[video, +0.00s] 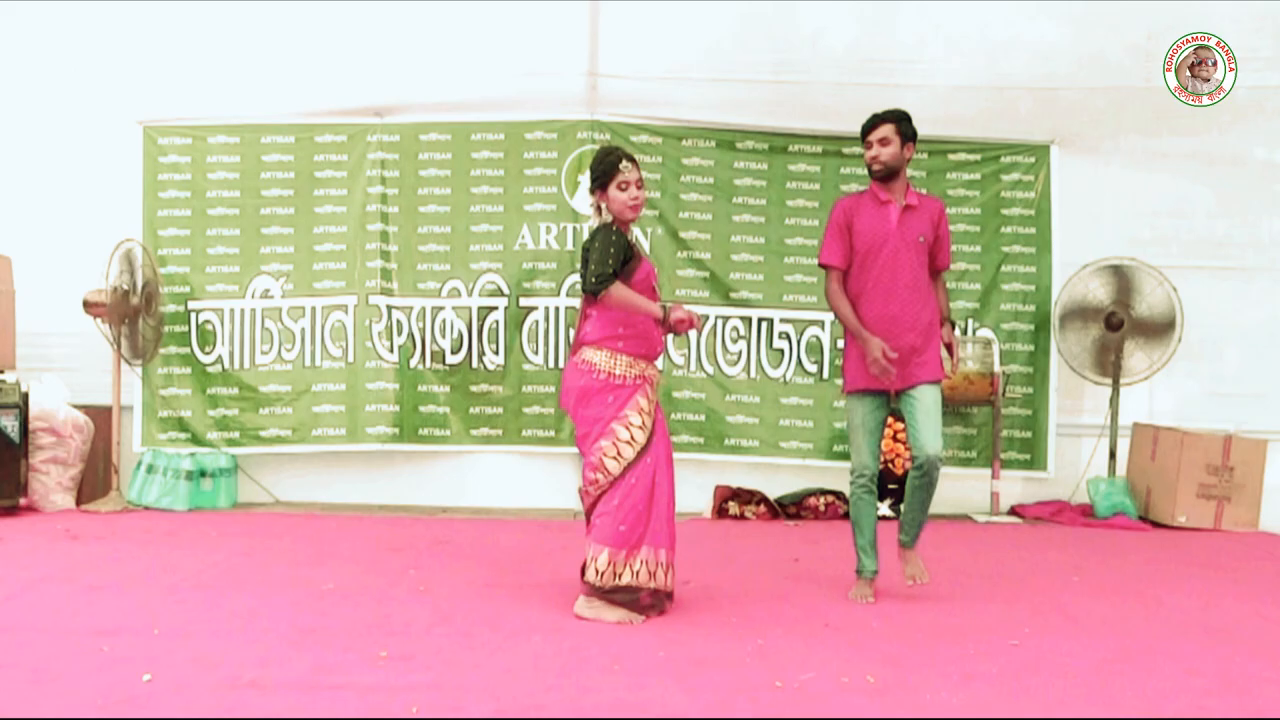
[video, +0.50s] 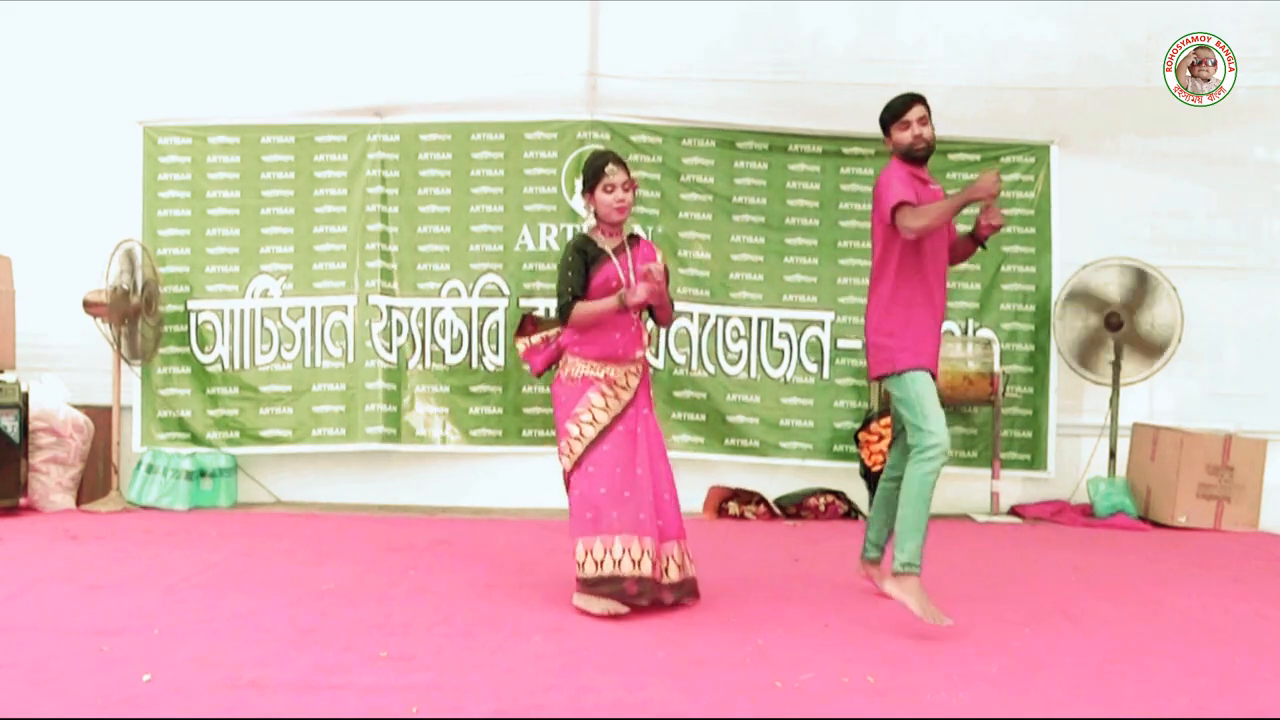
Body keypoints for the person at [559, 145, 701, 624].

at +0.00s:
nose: (636, 194)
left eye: (640, 185)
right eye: (624, 187)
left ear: (644, 189)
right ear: (600, 196)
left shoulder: (627, 241)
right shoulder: (608, 237)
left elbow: (626, 304)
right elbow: (599, 286)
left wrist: (668, 315)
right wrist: (661, 312)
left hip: (625, 375)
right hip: (605, 376)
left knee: (645, 470)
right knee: (627, 473)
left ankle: (621, 583)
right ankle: (597, 591)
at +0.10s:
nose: (637, 192)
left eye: (640, 183)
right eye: (625, 186)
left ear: (643, 186)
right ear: (603, 195)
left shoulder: (627, 241)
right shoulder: (610, 234)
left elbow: (623, 301)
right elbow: (599, 279)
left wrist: (665, 318)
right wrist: (650, 307)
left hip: (630, 374)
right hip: (605, 375)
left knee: (658, 472)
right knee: (633, 475)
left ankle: (626, 585)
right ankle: (596, 592)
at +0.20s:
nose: (637, 181)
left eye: (640, 172)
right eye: (625, 174)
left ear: (644, 177)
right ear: (602, 184)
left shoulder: (627, 229)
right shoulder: (607, 223)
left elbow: (623, 293)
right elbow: (587, 270)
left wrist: (662, 297)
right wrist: (626, 268)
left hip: (630, 364)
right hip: (605, 365)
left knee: (662, 455)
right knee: (631, 466)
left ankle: (644, 569)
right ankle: (594, 586)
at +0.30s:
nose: (635, 182)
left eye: (639, 173)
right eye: (622, 175)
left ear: (644, 176)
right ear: (600, 185)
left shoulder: (631, 232)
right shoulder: (603, 225)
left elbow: (631, 297)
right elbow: (576, 277)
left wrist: (675, 304)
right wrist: (617, 275)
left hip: (630, 362)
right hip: (599, 363)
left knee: (655, 455)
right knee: (621, 465)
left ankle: (642, 569)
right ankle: (593, 585)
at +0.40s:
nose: (628, 195)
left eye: (633, 186)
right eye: (616, 189)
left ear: (639, 190)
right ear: (594, 196)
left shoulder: (636, 246)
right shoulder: (588, 246)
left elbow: (635, 320)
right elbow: (570, 309)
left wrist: (675, 325)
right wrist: (621, 323)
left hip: (631, 378)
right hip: (590, 379)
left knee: (654, 472)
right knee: (618, 476)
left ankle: (640, 584)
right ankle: (595, 591)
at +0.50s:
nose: (621, 196)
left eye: (627, 187)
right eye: (610, 189)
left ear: (634, 192)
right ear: (589, 198)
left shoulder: (645, 250)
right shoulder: (580, 249)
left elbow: (666, 317)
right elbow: (569, 314)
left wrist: (659, 291)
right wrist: (621, 301)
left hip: (631, 374)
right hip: (585, 374)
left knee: (641, 471)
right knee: (597, 474)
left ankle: (643, 577)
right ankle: (595, 582)